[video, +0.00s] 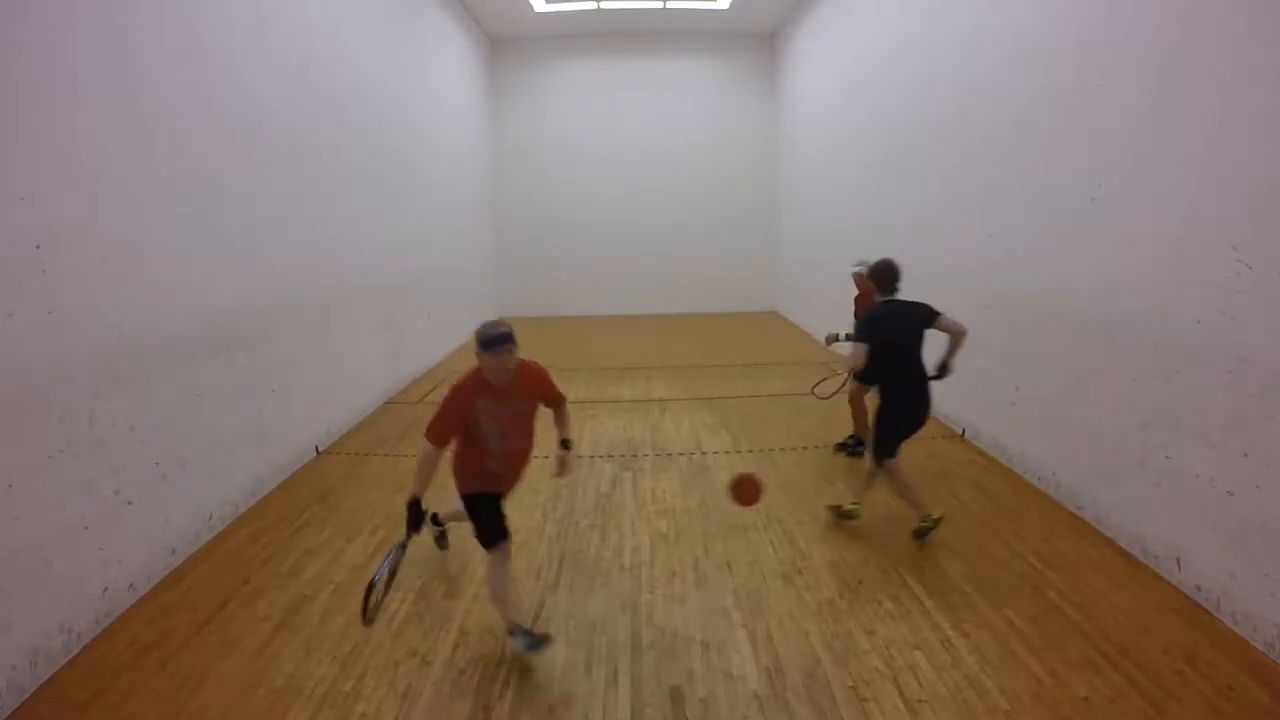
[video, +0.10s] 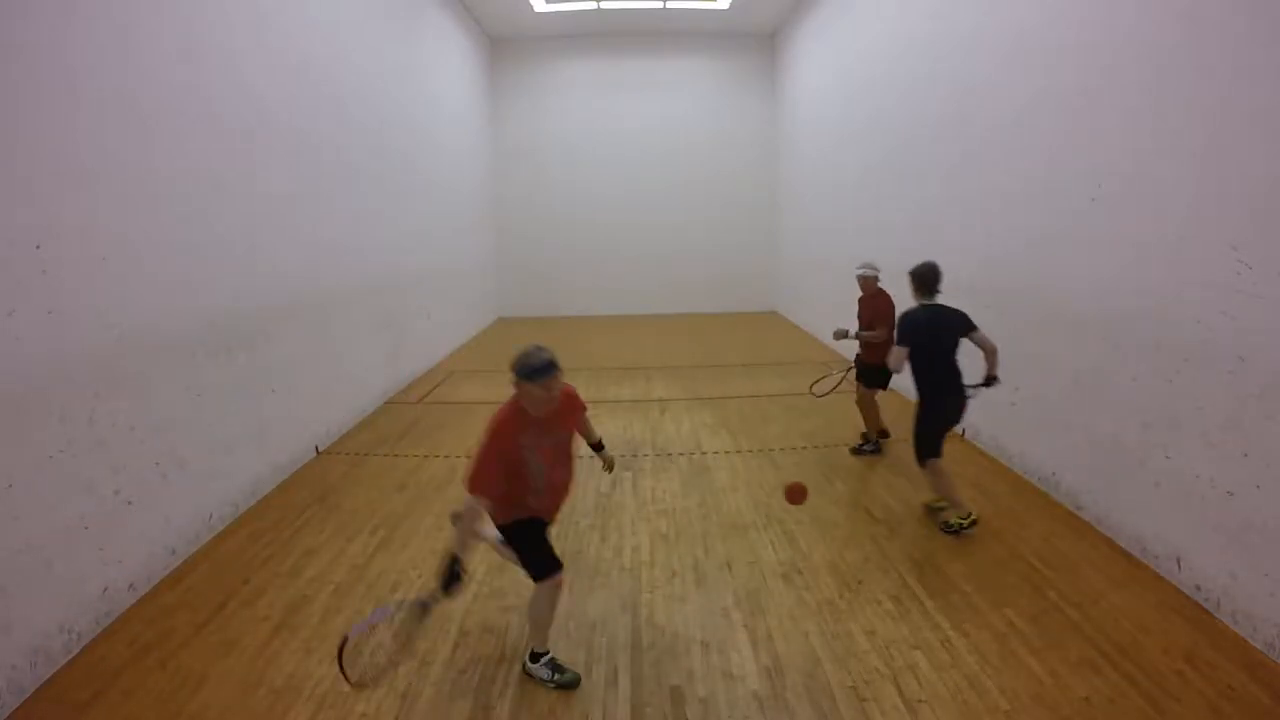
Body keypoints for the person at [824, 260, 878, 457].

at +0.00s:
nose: (856, 282)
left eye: (860, 278)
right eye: (855, 278)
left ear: (869, 280)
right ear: (856, 279)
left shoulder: (872, 301)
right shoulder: (861, 299)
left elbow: (867, 334)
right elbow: (863, 330)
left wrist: (839, 337)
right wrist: (841, 336)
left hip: (877, 356)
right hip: (869, 353)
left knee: (855, 395)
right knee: (855, 395)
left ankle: (861, 438)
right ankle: (859, 434)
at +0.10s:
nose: (861, 283)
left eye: (865, 279)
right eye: (859, 279)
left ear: (875, 280)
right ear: (858, 280)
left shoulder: (884, 302)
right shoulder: (863, 300)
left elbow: (882, 334)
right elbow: (866, 329)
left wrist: (851, 334)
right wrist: (861, 354)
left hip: (878, 360)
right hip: (865, 357)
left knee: (864, 398)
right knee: (863, 396)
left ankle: (872, 440)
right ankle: (878, 428)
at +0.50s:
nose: (860, 286)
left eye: (862, 284)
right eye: (861, 283)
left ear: (865, 285)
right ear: (878, 285)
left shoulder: (864, 303)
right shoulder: (885, 301)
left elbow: (858, 332)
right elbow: (884, 327)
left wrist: (874, 331)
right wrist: (867, 330)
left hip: (871, 357)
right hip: (889, 357)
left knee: (847, 389)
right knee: (877, 389)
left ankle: (868, 425)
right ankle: (897, 425)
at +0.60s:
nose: (855, 286)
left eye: (857, 283)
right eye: (857, 283)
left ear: (859, 284)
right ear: (873, 284)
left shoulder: (857, 301)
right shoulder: (880, 299)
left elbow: (852, 331)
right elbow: (881, 324)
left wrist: (862, 319)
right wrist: (863, 321)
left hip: (865, 355)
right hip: (883, 356)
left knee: (843, 381)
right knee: (879, 388)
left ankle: (853, 419)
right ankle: (897, 425)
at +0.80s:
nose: (839, 276)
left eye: (840, 273)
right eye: (842, 274)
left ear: (840, 275)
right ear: (856, 276)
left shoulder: (836, 295)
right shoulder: (862, 294)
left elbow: (829, 323)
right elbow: (861, 319)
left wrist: (842, 316)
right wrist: (839, 320)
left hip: (842, 348)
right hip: (861, 348)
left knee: (825, 382)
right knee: (858, 381)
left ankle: (827, 424)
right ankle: (883, 411)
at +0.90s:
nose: (830, 274)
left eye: (831, 272)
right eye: (835, 272)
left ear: (832, 273)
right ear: (847, 274)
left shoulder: (827, 294)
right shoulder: (855, 294)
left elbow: (818, 321)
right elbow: (858, 322)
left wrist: (829, 311)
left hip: (831, 347)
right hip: (850, 347)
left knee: (819, 382)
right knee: (844, 376)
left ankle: (826, 422)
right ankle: (860, 410)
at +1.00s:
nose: (824, 274)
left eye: (824, 272)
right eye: (829, 272)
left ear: (825, 273)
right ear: (841, 274)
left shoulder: (821, 294)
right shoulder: (848, 294)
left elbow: (811, 325)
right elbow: (851, 322)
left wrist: (824, 329)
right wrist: (824, 325)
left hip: (824, 346)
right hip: (843, 347)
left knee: (808, 377)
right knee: (833, 373)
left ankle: (819, 413)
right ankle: (835, 408)